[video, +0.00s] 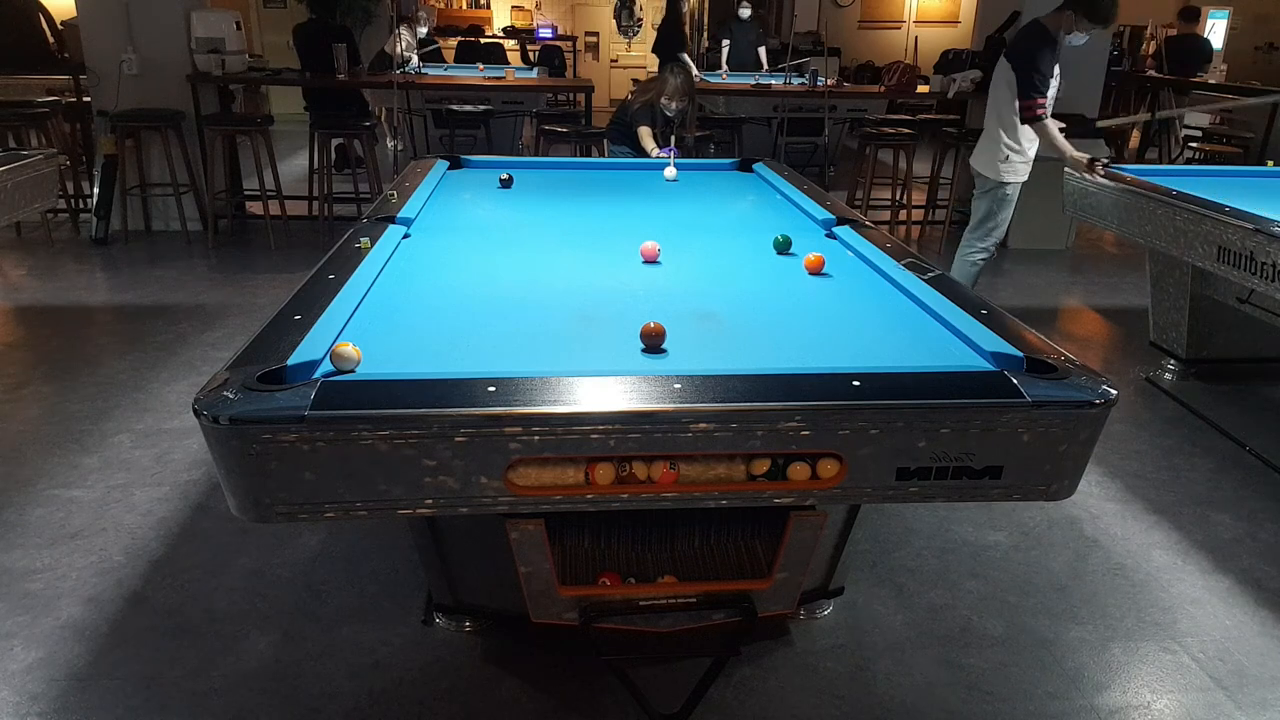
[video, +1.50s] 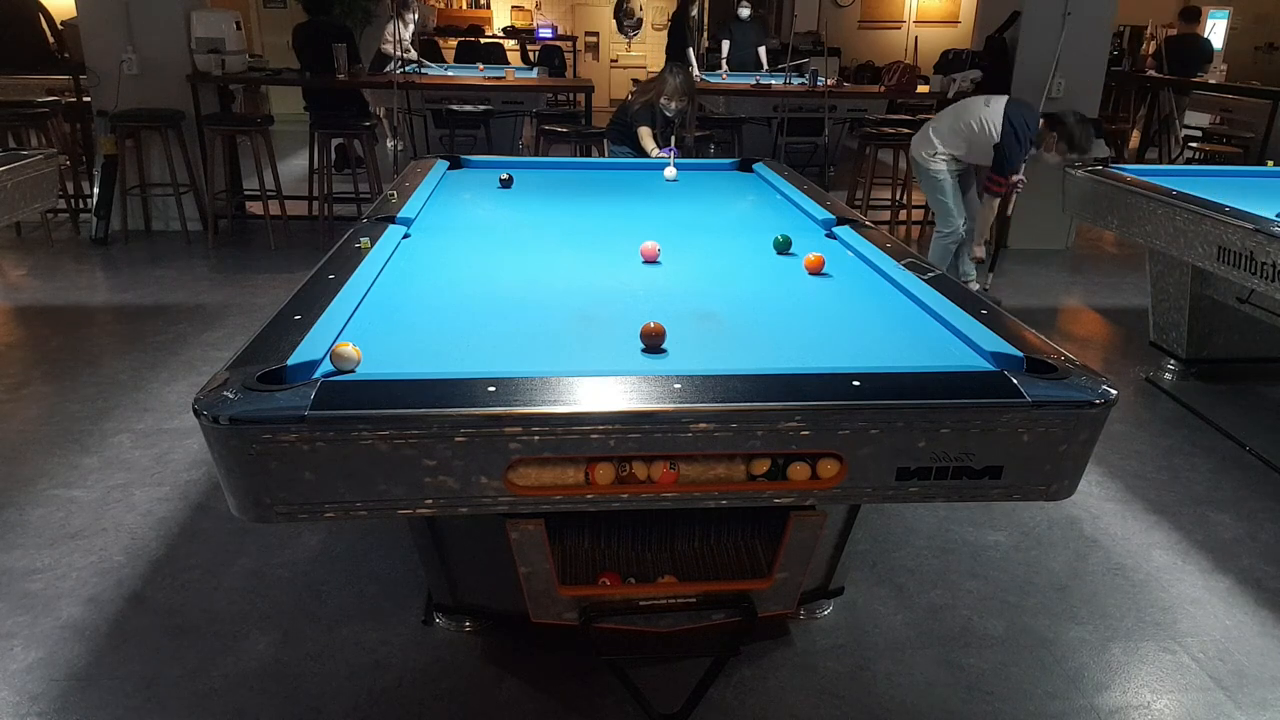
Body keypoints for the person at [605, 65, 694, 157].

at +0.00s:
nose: (674, 106)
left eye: (682, 101)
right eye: (668, 99)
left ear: (690, 98)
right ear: (658, 93)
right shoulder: (642, 101)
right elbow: (645, 135)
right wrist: (656, 153)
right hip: (623, 142)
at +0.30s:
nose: (674, 106)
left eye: (682, 101)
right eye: (668, 99)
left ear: (689, 98)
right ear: (658, 93)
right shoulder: (643, 102)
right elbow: (645, 135)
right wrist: (656, 153)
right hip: (623, 142)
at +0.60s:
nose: (674, 106)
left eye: (682, 101)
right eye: (668, 99)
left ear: (690, 98)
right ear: (658, 93)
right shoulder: (643, 102)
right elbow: (645, 135)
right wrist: (656, 153)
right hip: (623, 142)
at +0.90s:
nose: (674, 106)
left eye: (681, 101)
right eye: (667, 99)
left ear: (689, 98)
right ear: (658, 93)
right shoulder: (643, 101)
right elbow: (645, 135)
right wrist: (656, 153)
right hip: (623, 142)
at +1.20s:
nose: (674, 106)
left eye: (681, 101)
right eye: (667, 99)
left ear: (689, 99)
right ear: (658, 93)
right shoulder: (642, 102)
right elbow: (645, 136)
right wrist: (656, 153)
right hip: (623, 142)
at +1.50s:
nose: (673, 106)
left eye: (681, 101)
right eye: (667, 99)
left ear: (689, 99)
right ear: (657, 93)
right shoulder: (643, 102)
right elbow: (645, 136)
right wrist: (656, 153)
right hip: (624, 142)